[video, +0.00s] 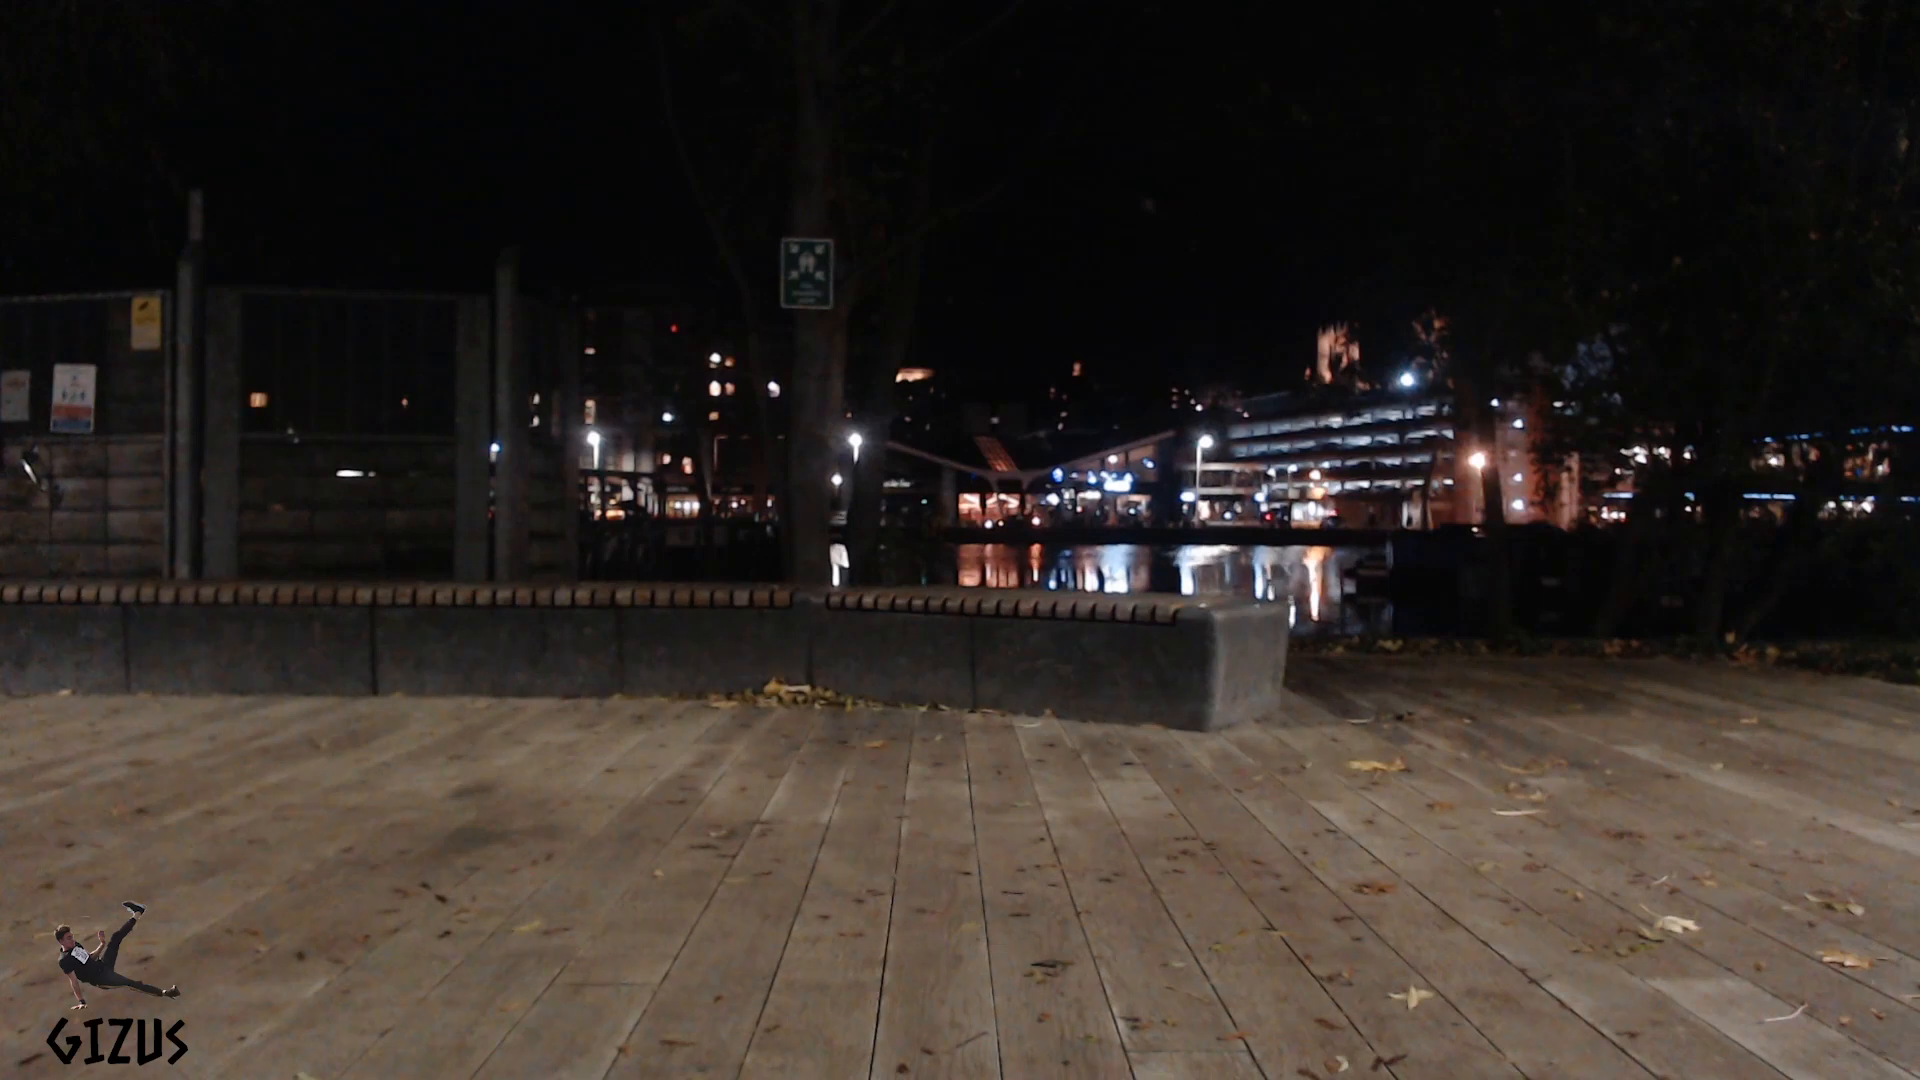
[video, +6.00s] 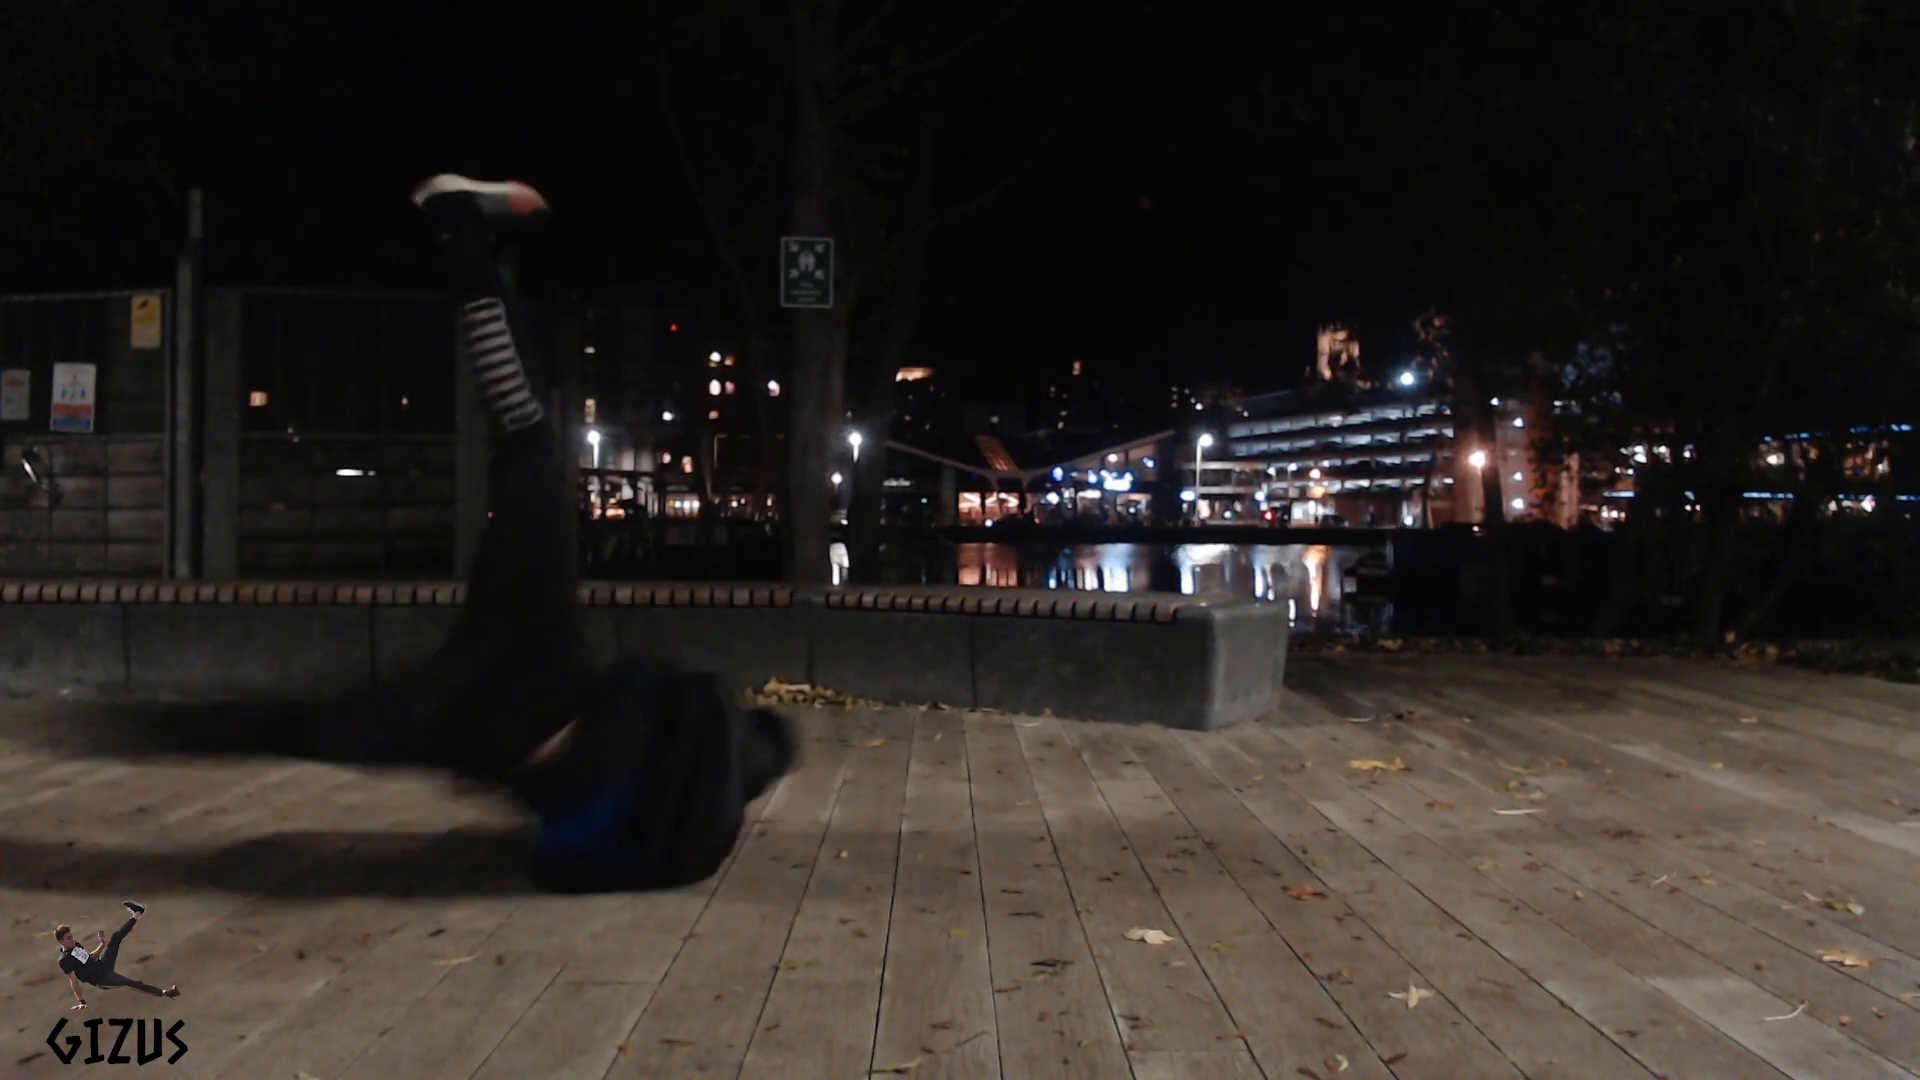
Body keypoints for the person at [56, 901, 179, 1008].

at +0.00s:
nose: (72, 939)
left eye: (72, 936)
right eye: (69, 938)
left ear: (70, 937)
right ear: (61, 941)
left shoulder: (75, 946)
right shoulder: (64, 960)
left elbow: (91, 957)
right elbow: (74, 982)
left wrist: (102, 944)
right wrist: (81, 1001)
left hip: (104, 964)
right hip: (102, 978)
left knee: (115, 939)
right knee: (132, 983)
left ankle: (135, 916)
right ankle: (164, 993)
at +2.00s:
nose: (72, 939)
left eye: (72, 936)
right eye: (69, 938)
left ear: (71, 936)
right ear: (61, 941)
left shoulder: (76, 946)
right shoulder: (64, 960)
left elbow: (91, 957)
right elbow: (74, 982)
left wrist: (102, 945)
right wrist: (81, 1001)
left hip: (104, 964)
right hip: (102, 978)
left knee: (115, 939)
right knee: (132, 983)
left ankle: (136, 916)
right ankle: (165, 993)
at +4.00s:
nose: (73, 938)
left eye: (72, 936)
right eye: (69, 937)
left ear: (70, 937)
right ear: (61, 941)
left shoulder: (75, 946)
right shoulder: (64, 960)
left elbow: (91, 957)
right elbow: (74, 982)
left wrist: (102, 944)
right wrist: (81, 1001)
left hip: (104, 965)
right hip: (102, 977)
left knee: (115, 939)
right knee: (133, 983)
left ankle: (136, 917)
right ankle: (165, 993)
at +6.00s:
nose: (72, 939)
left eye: (72, 936)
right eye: (69, 938)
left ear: (71, 937)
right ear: (61, 942)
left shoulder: (76, 946)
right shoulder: (64, 960)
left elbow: (91, 957)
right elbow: (73, 982)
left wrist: (102, 945)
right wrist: (81, 1002)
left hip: (104, 965)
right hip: (102, 978)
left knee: (116, 938)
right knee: (132, 983)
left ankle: (136, 916)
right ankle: (165, 993)